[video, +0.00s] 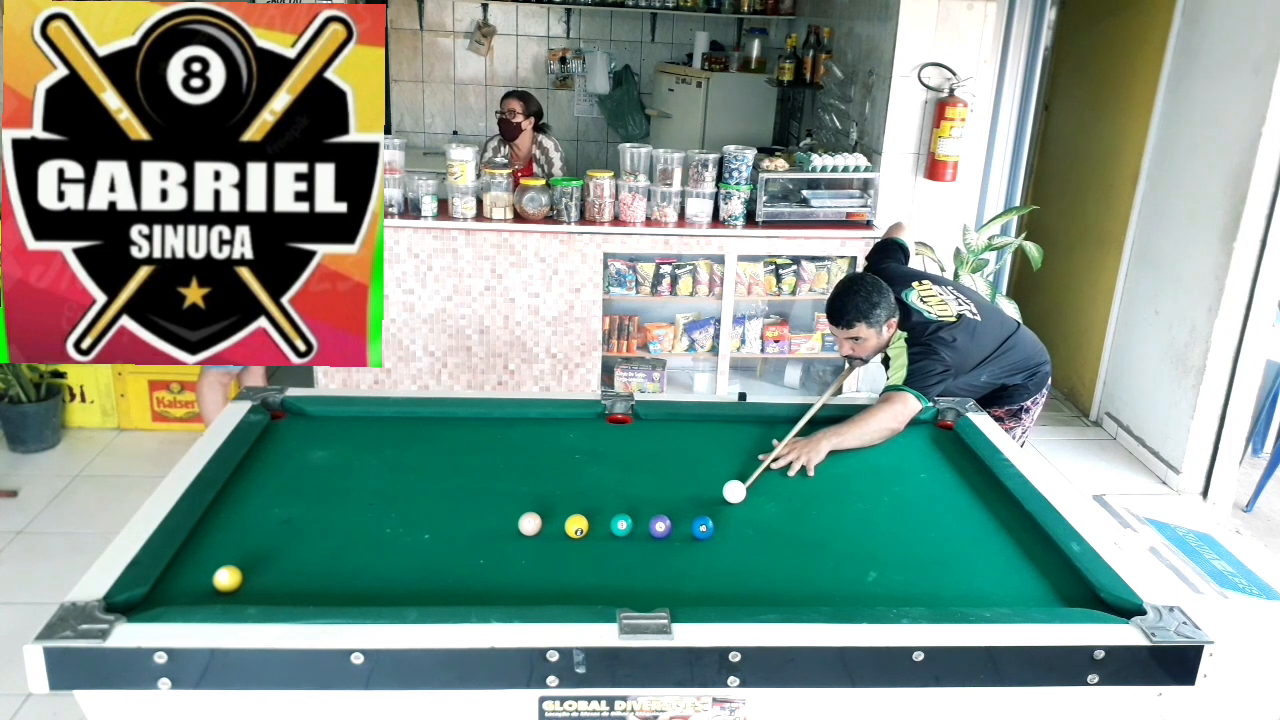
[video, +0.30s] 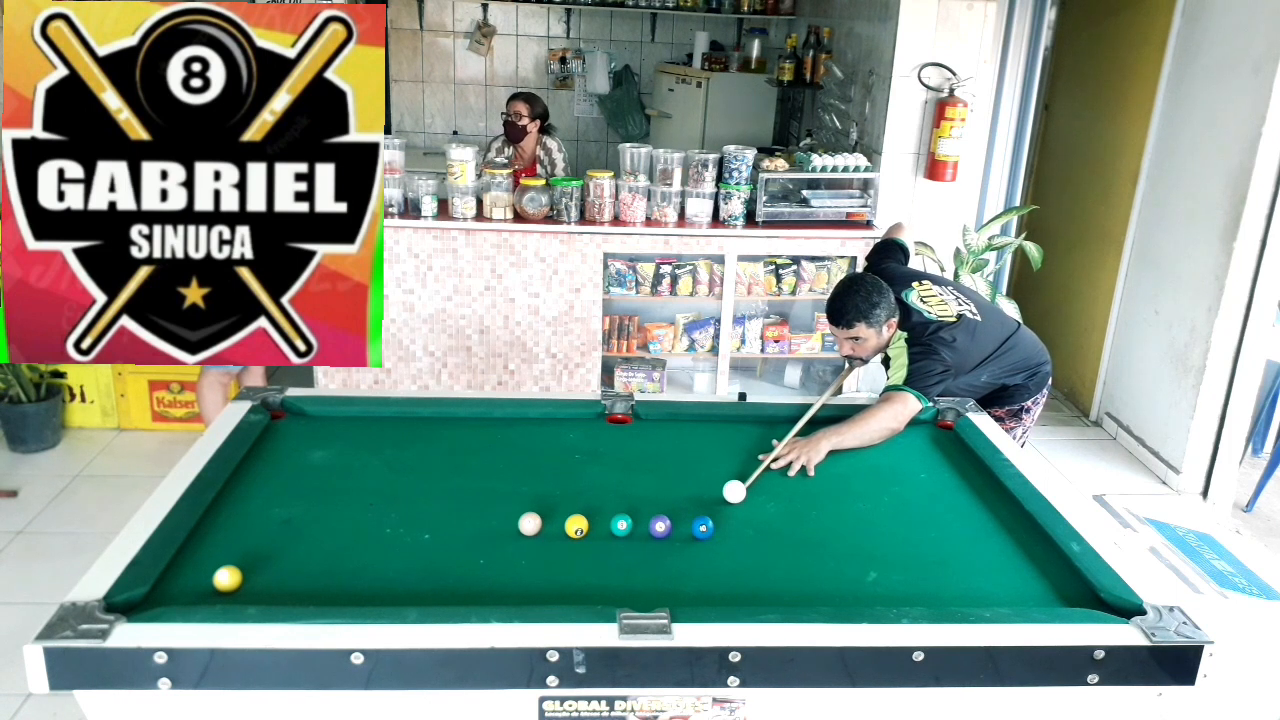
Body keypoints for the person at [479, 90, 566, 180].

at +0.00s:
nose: (503, 119)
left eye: (511, 114)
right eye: (501, 113)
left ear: (529, 122)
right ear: (498, 115)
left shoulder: (548, 147)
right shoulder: (493, 146)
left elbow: (559, 188)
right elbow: (484, 185)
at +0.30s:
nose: (509, 121)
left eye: (516, 116)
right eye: (507, 115)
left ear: (534, 125)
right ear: (504, 117)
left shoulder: (552, 147)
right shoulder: (497, 146)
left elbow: (564, 187)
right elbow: (484, 182)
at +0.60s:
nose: (510, 122)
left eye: (518, 117)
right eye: (509, 116)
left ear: (536, 126)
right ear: (506, 117)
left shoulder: (553, 147)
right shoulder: (498, 146)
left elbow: (564, 188)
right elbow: (485, 181)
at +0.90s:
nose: (512, 120)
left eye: (519, 115)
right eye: (510, 115)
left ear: (537, 125)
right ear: (506, 116)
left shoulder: (553, 147)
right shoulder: (499, 145)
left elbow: (564, 188)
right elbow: (485, 181)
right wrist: (507, 170)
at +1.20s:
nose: (511, 121)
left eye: (519, 116)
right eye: (509, 115)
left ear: (537, 125)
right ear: (506, 117)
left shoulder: (553, 147)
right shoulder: (499, 145)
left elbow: (564, 188)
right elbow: (484, 182)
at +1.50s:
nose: (510, 121)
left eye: (518, 116)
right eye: (509, 115)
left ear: (536, 126)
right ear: (505, 116)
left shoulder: (552, 147)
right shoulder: (499, 145)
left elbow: (564, 187)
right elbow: (484, 181)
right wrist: (506, 169)